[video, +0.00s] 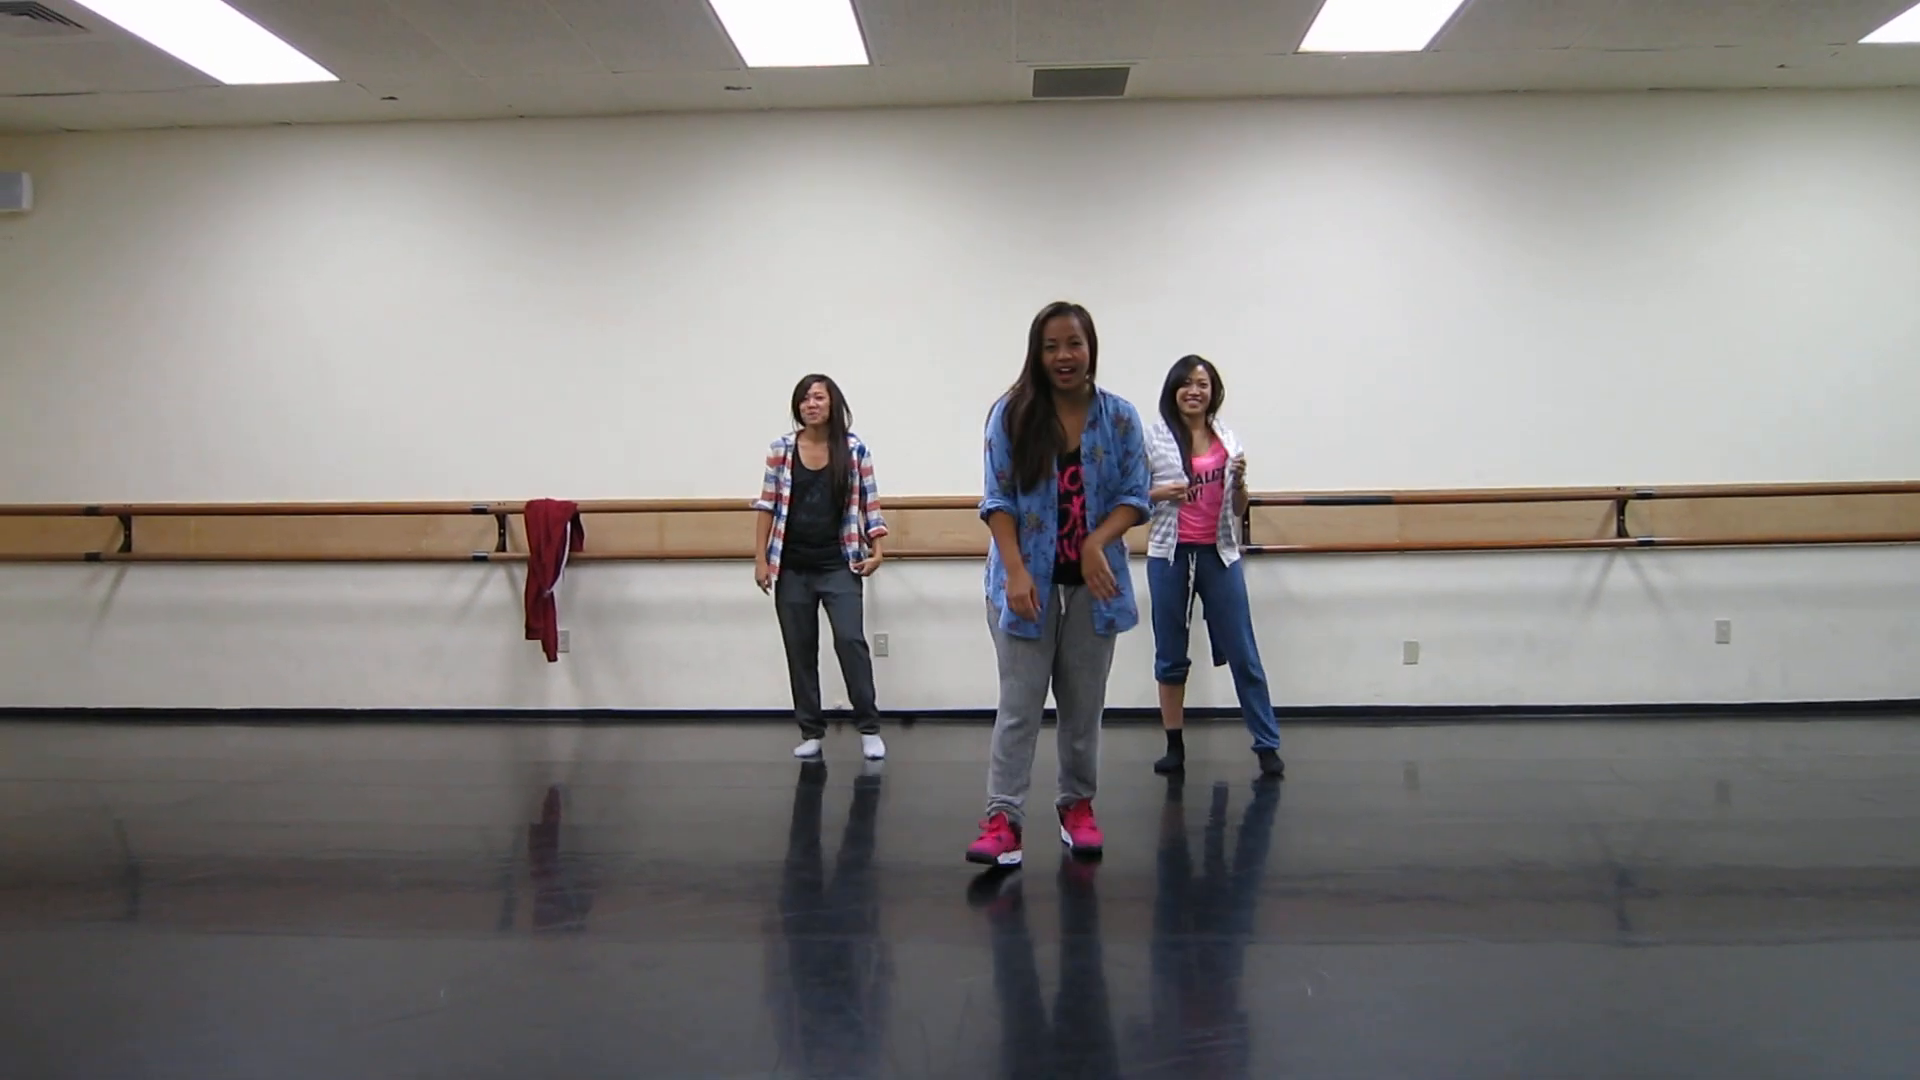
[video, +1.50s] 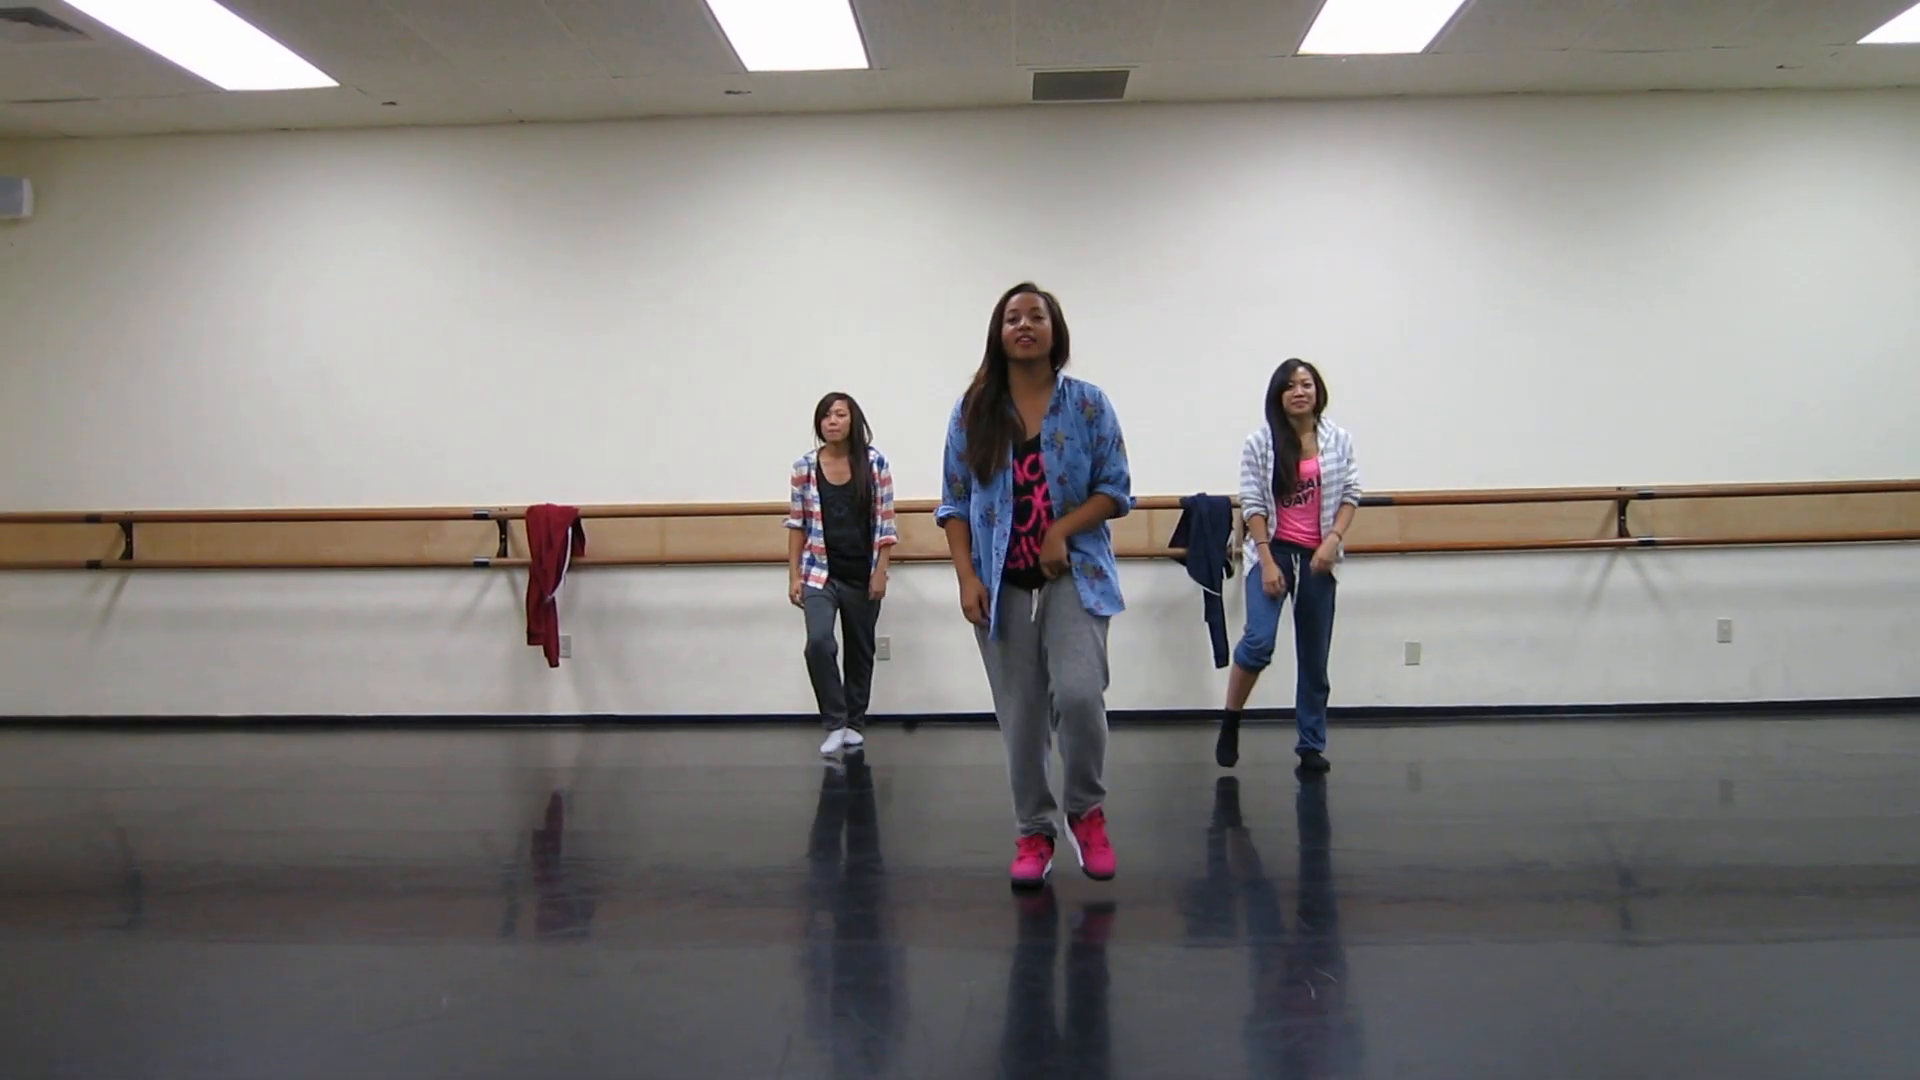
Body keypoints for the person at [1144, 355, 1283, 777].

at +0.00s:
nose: (1195, 391)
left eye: (1202, 385)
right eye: (1187, 384)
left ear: (1214, 392)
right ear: (1172, 391)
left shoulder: (1226, 438)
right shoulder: (1152, 438)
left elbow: (1238, 510)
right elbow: (1129, 497)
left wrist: (1238, 482)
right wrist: (1161, 492)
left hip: (1219, 554)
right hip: (1169, 555)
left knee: (1243, 652)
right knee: (1171, 656)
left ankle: (1267, 746)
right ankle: (1173, 748)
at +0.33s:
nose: (1216, 391)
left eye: (1223, 385)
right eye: (1207, 385)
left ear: (1234, 392)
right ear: (1193, 393)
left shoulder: (1252, 439)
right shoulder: (1174, 440)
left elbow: (1267, 488)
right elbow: (1160, 496)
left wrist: (1263, 501)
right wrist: (1182, 516)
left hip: (1241, 554)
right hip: (1191, 556)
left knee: (1273, 650)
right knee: (1184, 655)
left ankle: (1304, 742)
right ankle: (1177, 748)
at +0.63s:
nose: (1264, 397)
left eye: (1271, 390)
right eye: (1255, 392)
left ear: (1283, 398)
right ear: (1242, 402)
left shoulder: (1300, 446)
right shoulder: (1225, 451)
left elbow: (1309, 499)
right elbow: (1214, 517)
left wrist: (1317, 509)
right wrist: (1211, 574)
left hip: (1293, 562)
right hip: (1244, 563)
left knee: (1304, 665)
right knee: (1216, 659)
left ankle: (1309, 752)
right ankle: (1185, 751)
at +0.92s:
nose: (1297, 393)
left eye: (1304, 386)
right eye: (1288, 388)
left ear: (1315, 394)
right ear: (1275, 398)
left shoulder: (1335, 441)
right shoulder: (1256, 446)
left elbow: (1347, 488)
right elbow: (1243, 509)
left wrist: (1353, 502)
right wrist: (1243, 563)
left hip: (1318, 559)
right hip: (1269, 557)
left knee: (1315, 659)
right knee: (1260, 652)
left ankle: (1311, 749)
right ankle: (1240, 736)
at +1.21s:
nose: (1308, 394)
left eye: (1315, 387)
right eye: (1298, 388)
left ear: (1326, 394)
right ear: (1286, 398)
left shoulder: (1344, 443)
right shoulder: (1267, 444)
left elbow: (1355, 496)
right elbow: (1257, 505)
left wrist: (1345, 516)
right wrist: (1272, 558)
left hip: (1321, 558)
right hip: (1276, 555)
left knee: (1317, 661)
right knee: (1278, 645)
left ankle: (1310, 750)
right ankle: (1262, 728)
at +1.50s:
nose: (1300, 391)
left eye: (1306, 384)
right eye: (1291, 386)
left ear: (1318, 391)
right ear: (1278, 395)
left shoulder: (1337, 438)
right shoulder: (1260, 442)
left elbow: (1351, 495)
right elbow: (1252, 505)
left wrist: (1333, 539)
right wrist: (1266, 560)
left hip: (1318, 555)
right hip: (1271, 551)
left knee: (1314, 659)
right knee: (1259, 644)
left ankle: (1311, 747)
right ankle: (1230, 722)